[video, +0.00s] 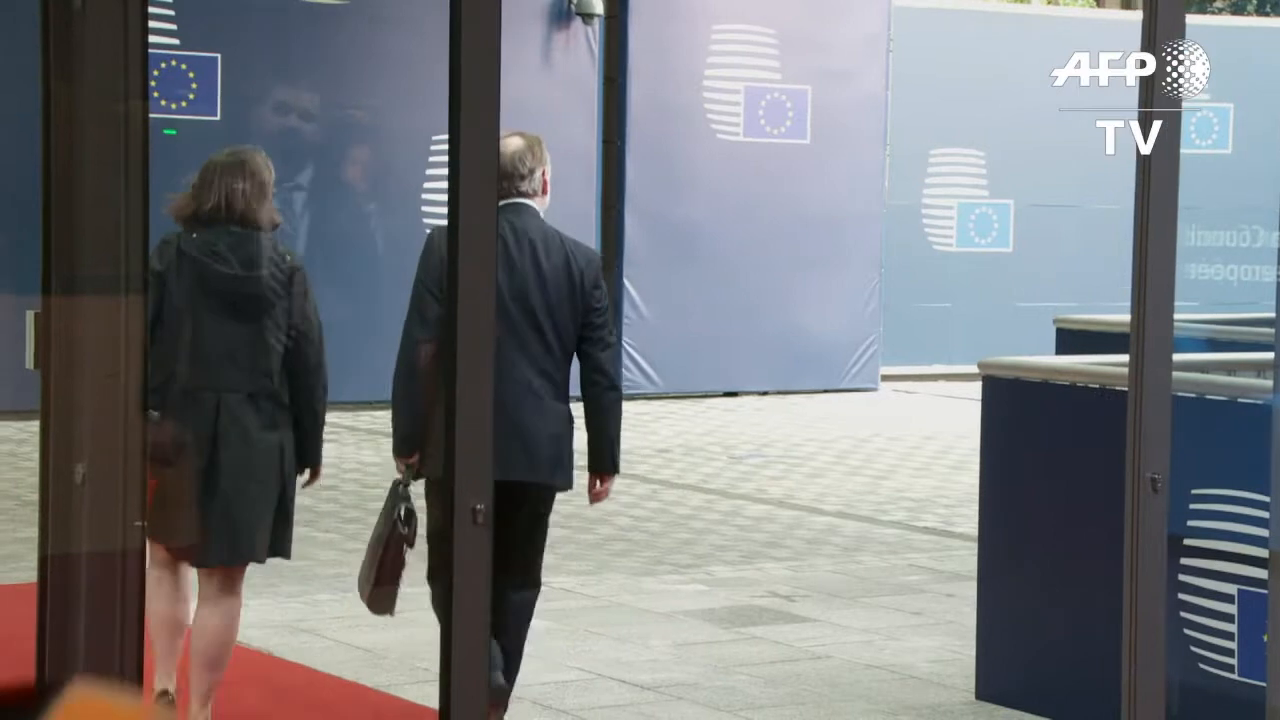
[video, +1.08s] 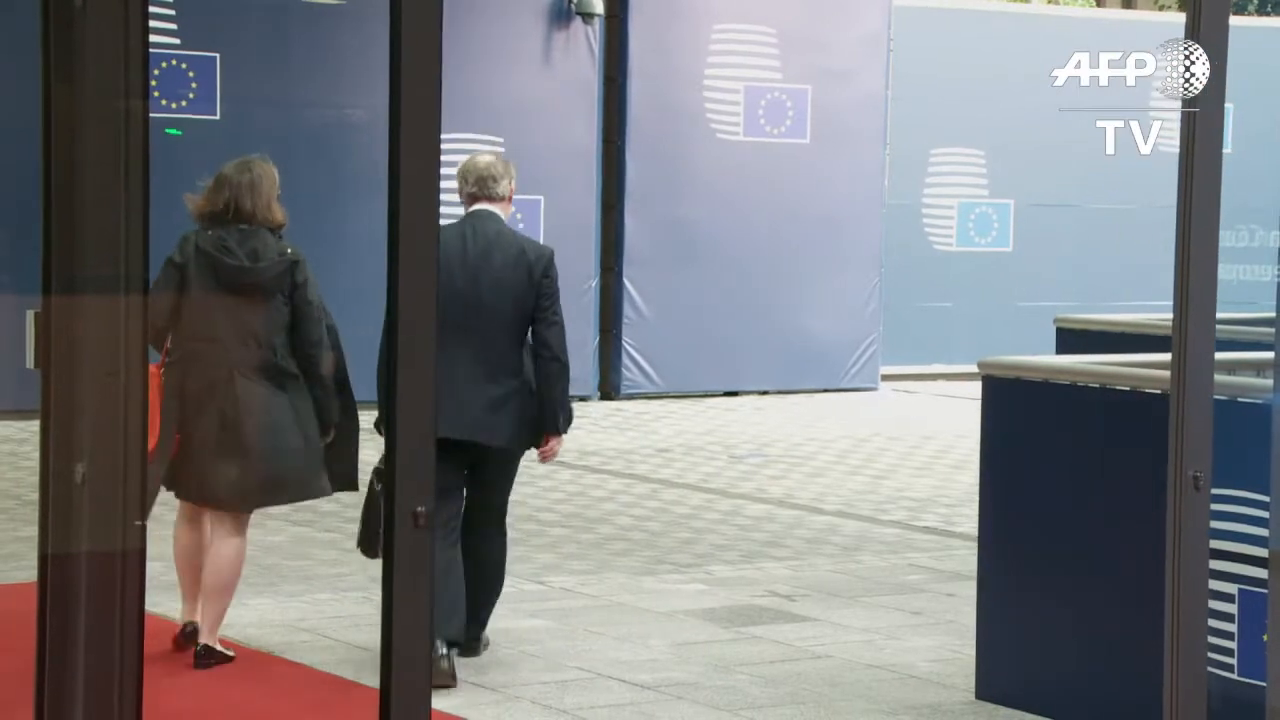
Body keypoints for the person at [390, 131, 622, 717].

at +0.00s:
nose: (549, 184)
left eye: (544, 175)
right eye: (548, 176)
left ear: (484, 181)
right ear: (542, 183)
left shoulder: (447, 246)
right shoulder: (580, 261)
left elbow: (417, 345)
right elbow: (601, 368)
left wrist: (407, 435)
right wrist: (605, 456)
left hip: (456, 446)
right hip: (536, 451)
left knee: (449, 574)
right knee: (518, 577)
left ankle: (484, 678)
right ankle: (490, 699)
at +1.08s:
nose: (509, 202)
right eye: (511, 194)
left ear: (461, 195)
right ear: (508, 197)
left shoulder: (425, 245)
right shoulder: (533, 256)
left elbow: (396, 333)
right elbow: (550, 346)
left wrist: (390, 413)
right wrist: (554, 419)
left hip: (433, 414)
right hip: (501, 417)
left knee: (437, 525)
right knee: (487, 523)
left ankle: (439, 641)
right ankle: (471, 631)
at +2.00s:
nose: (550, 191)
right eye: (550, 185)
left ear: (503, 186)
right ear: (546, 187)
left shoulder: (466, 232)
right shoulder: (565, 236)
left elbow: (447, 310)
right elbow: (583, 315)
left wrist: (445, 373)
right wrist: (584, 379)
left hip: (481, 380)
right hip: (542, 381)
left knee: (483, 483)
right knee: (543, 474)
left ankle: (486, 595)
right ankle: (539, 577)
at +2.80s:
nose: (606, 201)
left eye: (604, 195)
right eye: (605, 195)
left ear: (562, 200)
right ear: (599, 199)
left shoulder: (529, 243)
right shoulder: (611, 246)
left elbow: (510, 313)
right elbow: (621, 317)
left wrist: (503, 370)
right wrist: (620, 370)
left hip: (540, 377)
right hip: (592, 377)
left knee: (554, 461)